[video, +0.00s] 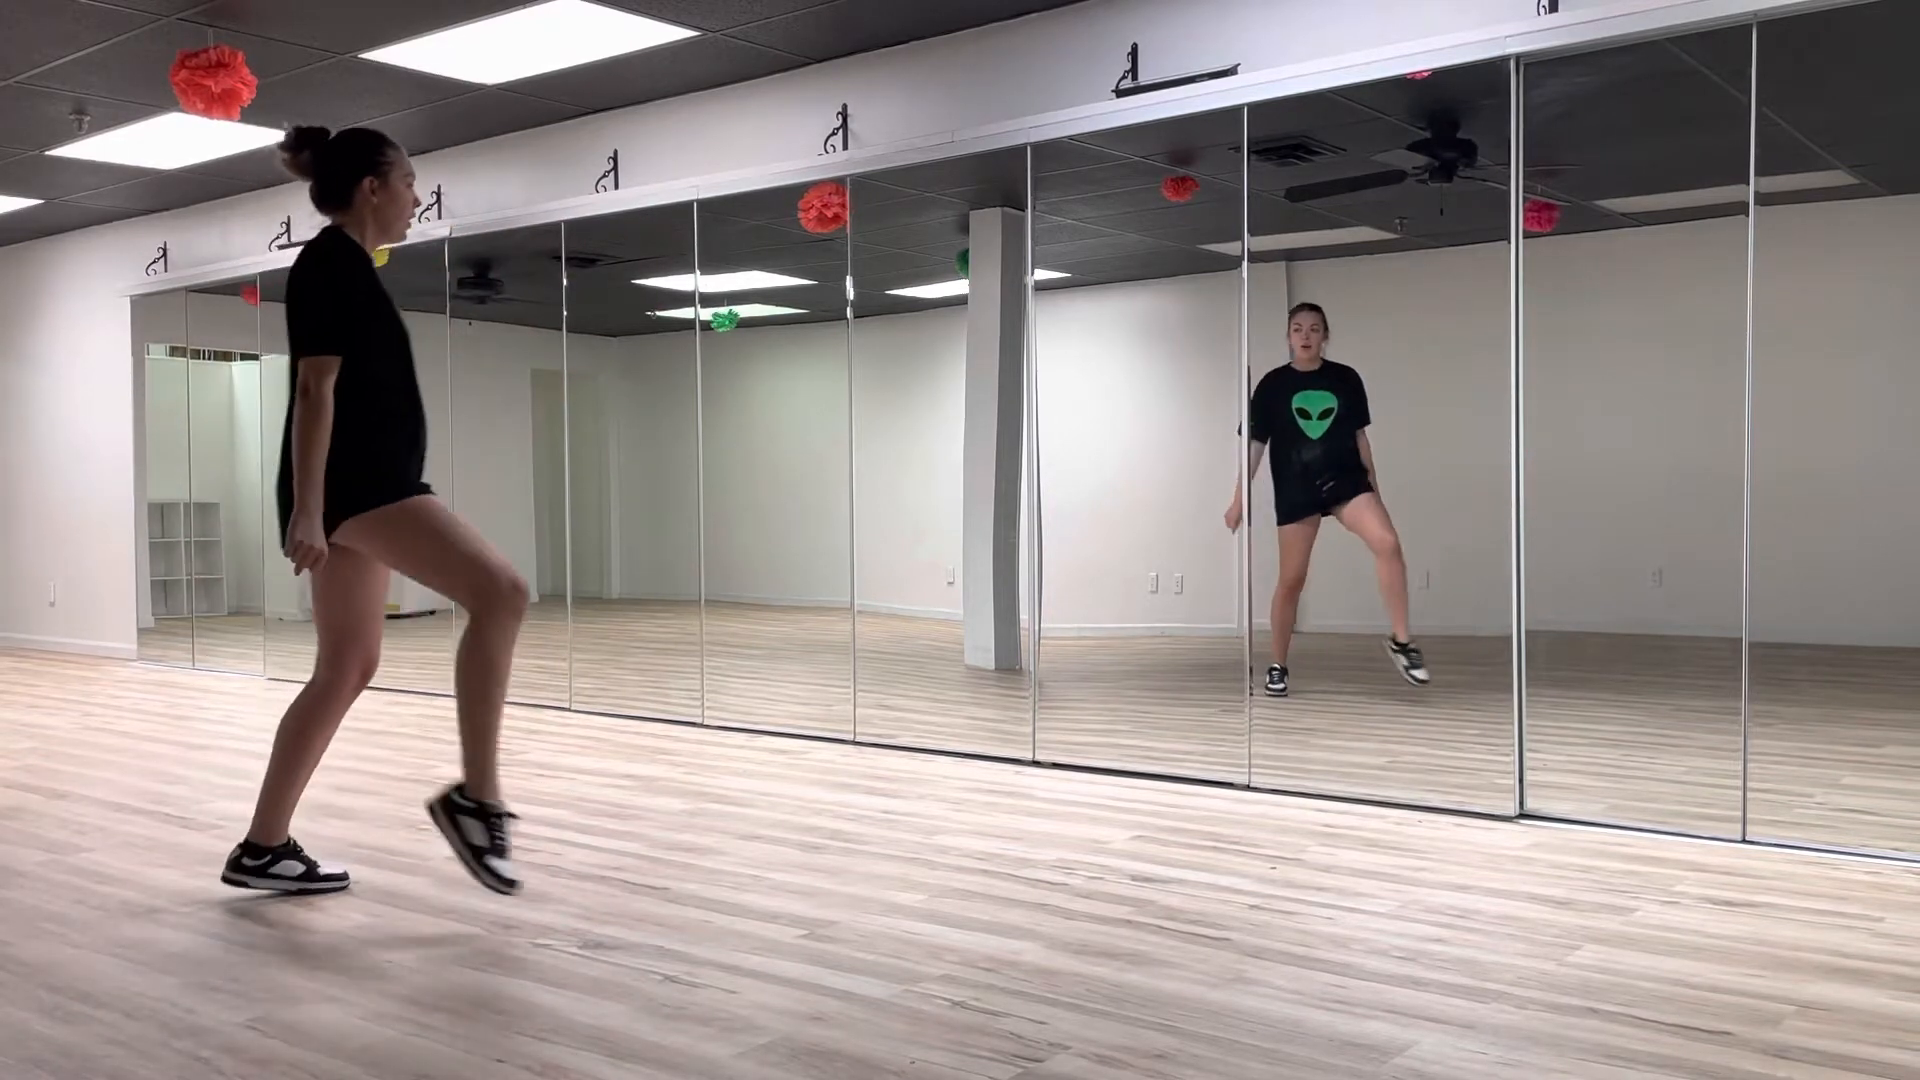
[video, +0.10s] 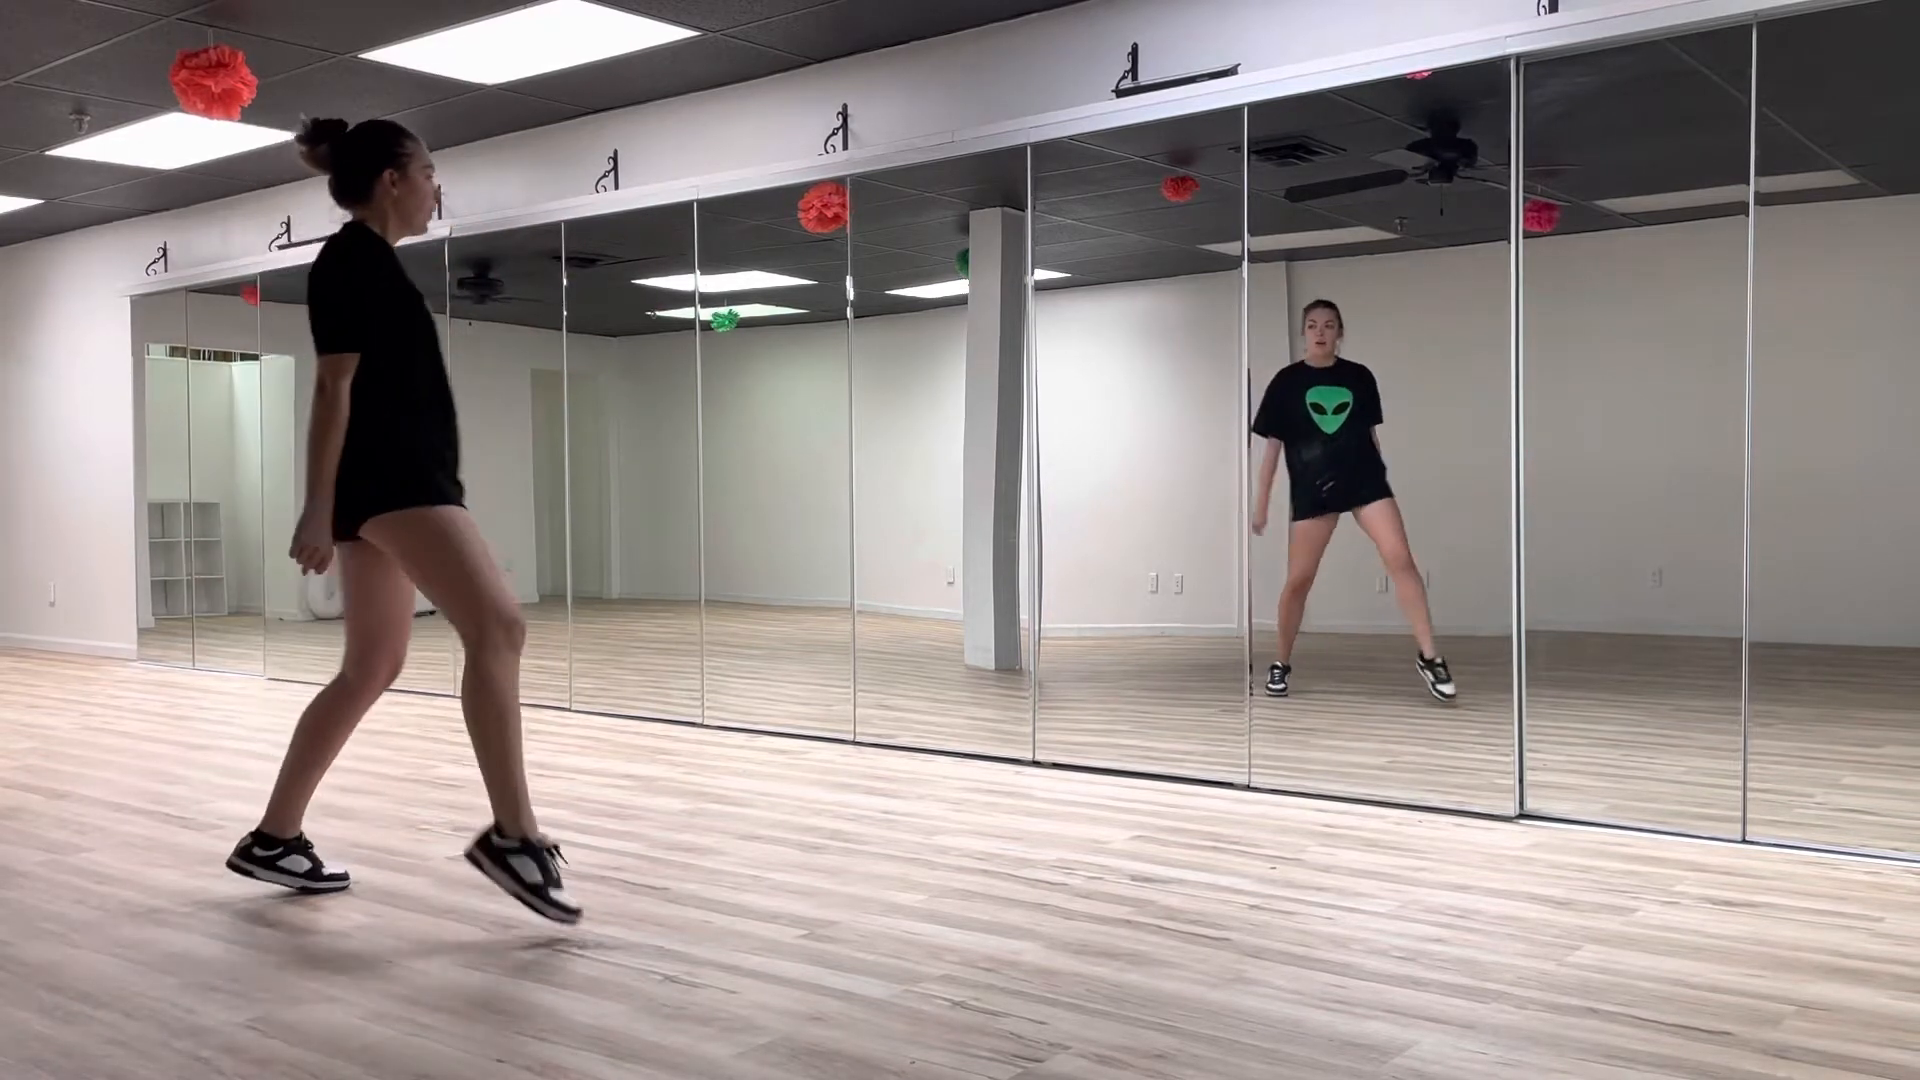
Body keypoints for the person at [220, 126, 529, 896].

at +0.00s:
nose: (417, 197)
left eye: (414, 183)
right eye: (408, 183)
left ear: (355, 192)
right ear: (371, 189)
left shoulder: (346, 264)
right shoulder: (330, 264)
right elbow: (315, 390)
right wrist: (307, 508)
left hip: (347, 489)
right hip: (367, 485)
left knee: (344, 667)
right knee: (501, 593)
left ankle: (264, 842)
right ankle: (479, 798)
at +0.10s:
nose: (438, 187)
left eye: (434, 173)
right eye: (427, 173)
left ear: (380, 184)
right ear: (391, 182)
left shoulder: (372, 261)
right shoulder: (352, 259)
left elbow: (369, 388)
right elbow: (333, 385)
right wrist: (319, 506)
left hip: (373, 481)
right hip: (395, 480)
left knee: (370, 667)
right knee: (497, 626)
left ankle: (275, 835)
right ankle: (515, 835)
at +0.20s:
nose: (458, 211)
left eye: (454, 197)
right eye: (449, 197)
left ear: (399, 207)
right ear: (413, 204)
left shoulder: (400, 286)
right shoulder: (376, 285)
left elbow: (390, 414)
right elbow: (359, 414)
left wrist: (370, 535)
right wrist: (339, 537)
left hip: (409, 504)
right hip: (431, 501)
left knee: (398, 682)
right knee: (507, 671)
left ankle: (279, 836)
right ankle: (489, 887)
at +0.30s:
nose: (477, 235)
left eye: (474, 220)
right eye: (470, 220)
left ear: (419, 230)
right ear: (435, 226)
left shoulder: (404, 306)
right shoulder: (405, 305)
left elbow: (385, 446)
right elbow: (392, 440)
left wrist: (367, 563)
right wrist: (382, 565)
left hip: (424, 526)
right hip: (461, 522)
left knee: (424, 696)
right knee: (546, 688)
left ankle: (287, 836)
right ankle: (489, 895)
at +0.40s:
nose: (482, 227)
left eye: (479, 213)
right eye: (476, 213)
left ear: (420, 219)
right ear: (444, 216)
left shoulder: (397, 296)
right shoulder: (427, 296)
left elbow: (374, 432)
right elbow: (417, 425)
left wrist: (361, 545)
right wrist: (424, 545)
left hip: (418, 522)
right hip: (476, 521)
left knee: (427, 688)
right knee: (539, 683)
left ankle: (309, 849)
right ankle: (492, 889)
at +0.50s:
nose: (475, 207)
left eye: (472, 193)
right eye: (469, 193)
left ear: (406, 201)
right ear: (442, 195)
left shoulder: (375, 285)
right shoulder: (439, 276)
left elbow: (356, 411)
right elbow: (436, 397)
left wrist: (350, 516)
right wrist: (444, 512)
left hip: (391, 507)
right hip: (470, 503)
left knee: (416, 681)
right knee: (522, 669)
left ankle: (344, 862)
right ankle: (503, 871)